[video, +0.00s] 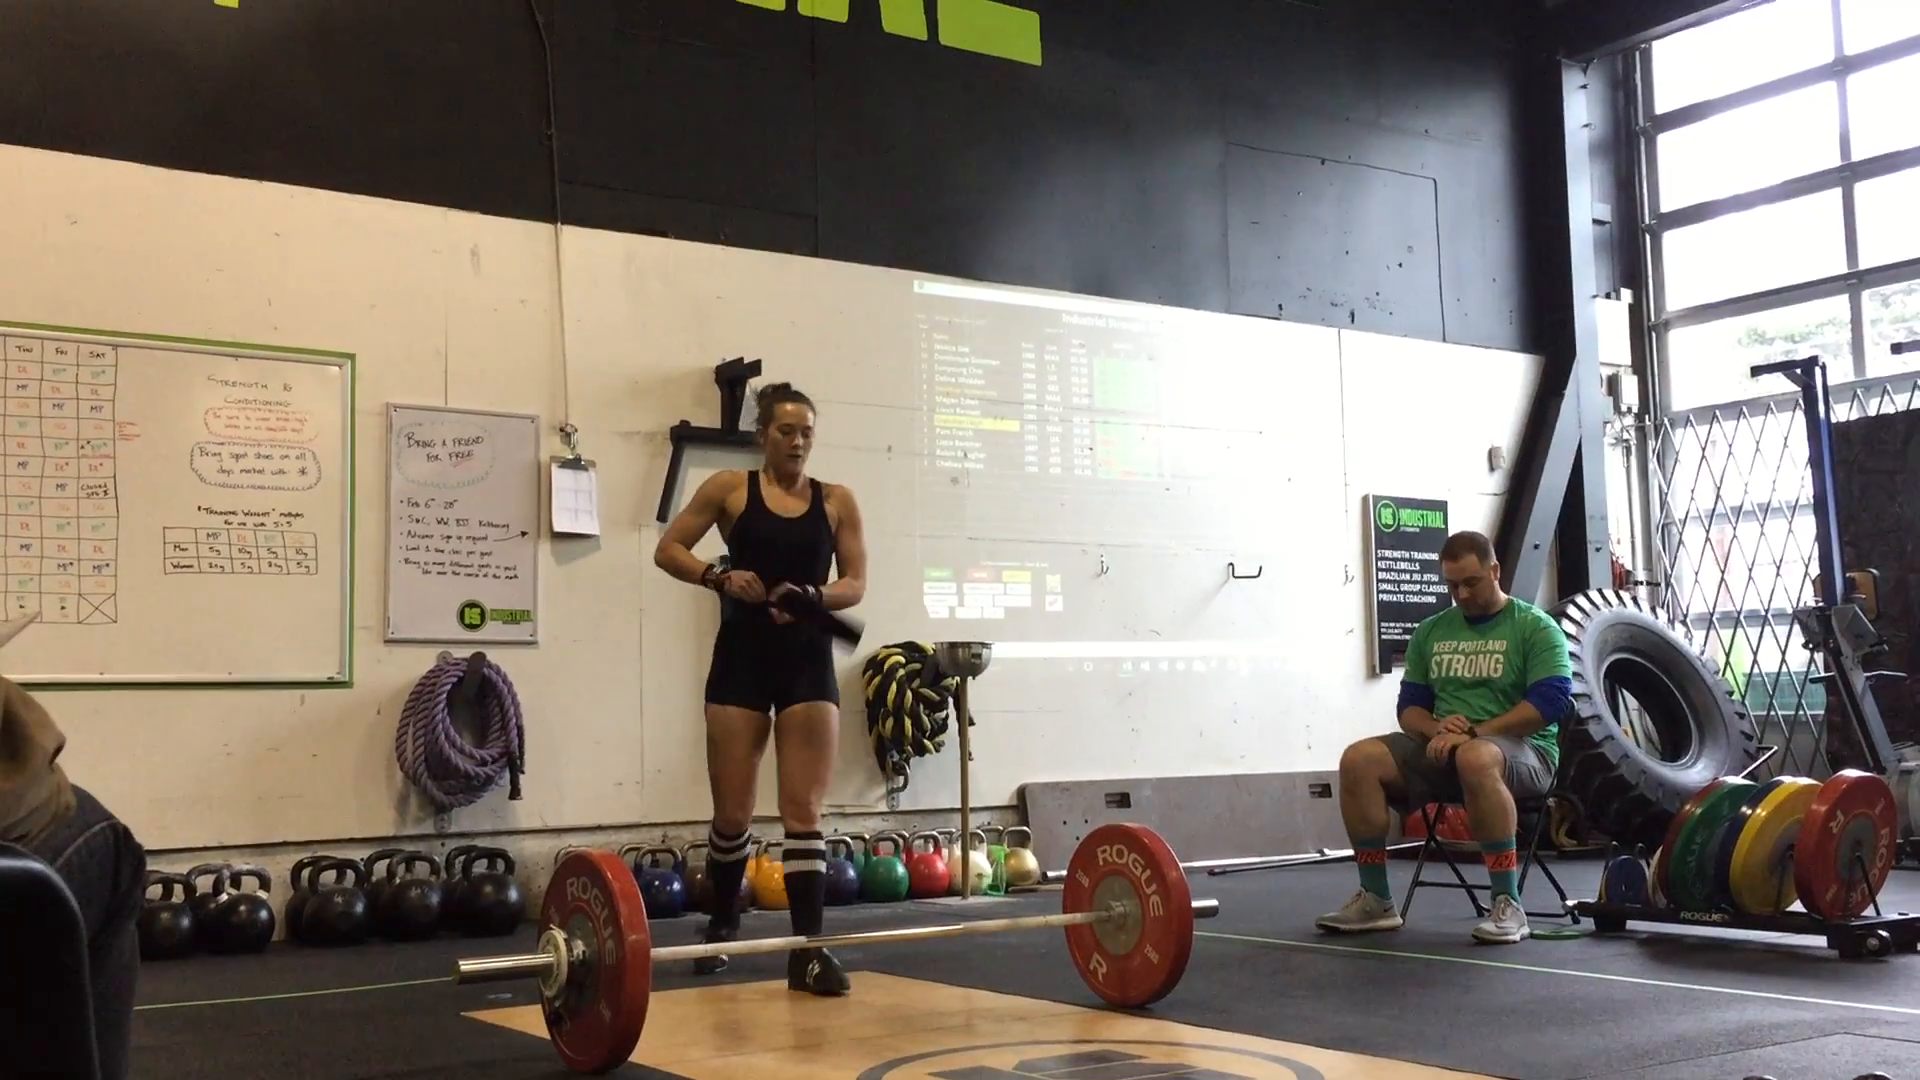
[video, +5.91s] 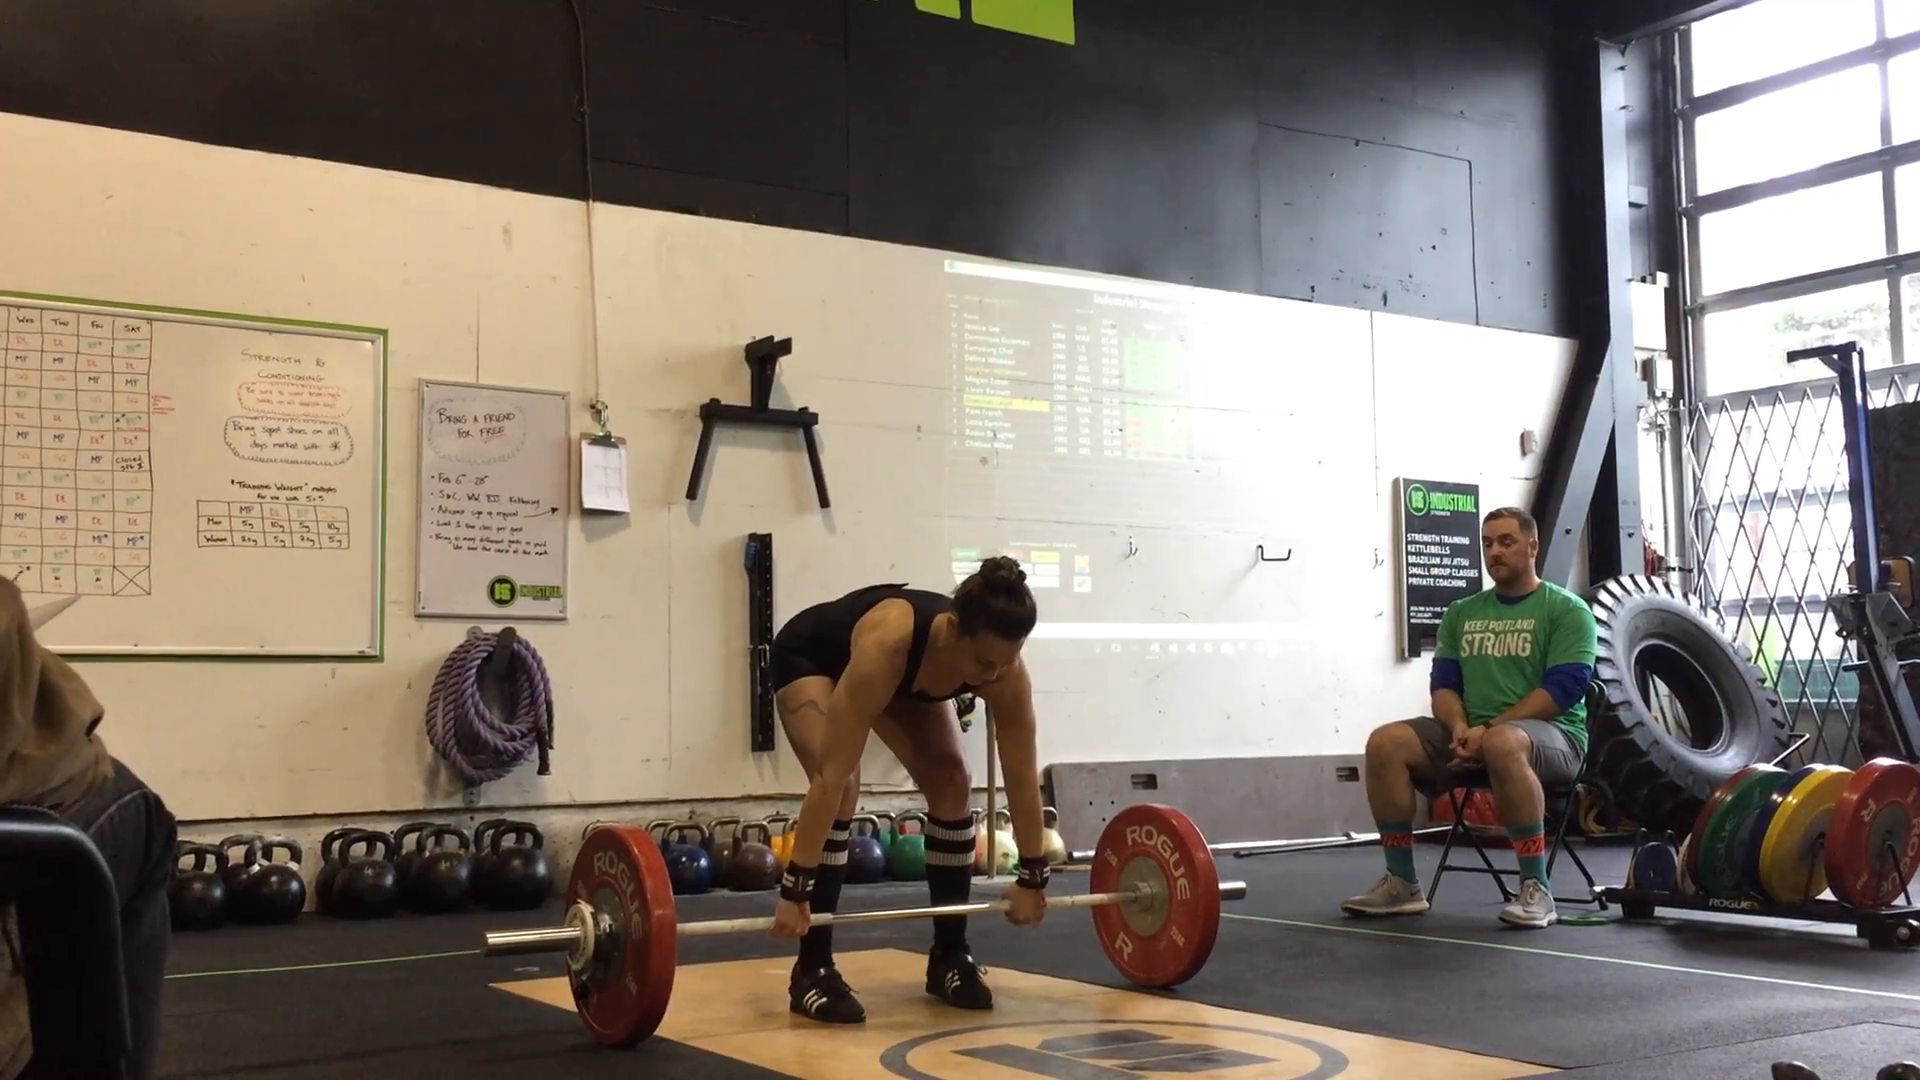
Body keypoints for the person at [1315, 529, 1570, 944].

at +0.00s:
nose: (1462, 594)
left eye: (1470, 582)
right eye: (1453, 585)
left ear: (1495, 571)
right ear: (1444, 579)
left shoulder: (1535, 626)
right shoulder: (1429, 632)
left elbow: (1551, 701)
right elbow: (1410, 708)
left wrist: (1473, 734)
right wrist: (1435, 727)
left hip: (1522, 750)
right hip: (1444, 752)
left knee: (1476, 758)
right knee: (1358, 760)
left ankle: (1506, 906)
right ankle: (1376, 900)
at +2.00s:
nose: (1475, 594)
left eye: (1484, 582)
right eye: (1465, 584)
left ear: (1508, 567)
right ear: (1455, 575)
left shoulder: (1549, 618)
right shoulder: (1441, 622)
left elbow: (1561, 694)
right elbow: (1422, 698)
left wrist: (1481, 730)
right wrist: (1444, 721)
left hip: (1535, 742)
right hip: (1454, 742)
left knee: (1487, 749)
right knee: (1370, 750)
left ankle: (1517, 897)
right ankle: (1386, 891)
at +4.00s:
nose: (1489, 583)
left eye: (1498, 571)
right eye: (1480, 574)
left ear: (1523, 557)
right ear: (1471, 566)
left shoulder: (1565, 609)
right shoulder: (1455, 614)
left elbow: (1574, 686)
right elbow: (1437, 689)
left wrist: (1496, 722)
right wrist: (1459, 713)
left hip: (1550, 734)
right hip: (1469, 733)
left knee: (1502, 741)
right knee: (1384, 742)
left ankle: (1532, 888)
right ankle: (1401, 882)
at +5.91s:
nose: (1494, 551)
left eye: (1506, 541)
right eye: (1487, 543)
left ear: (1533, 547)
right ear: (1482, 551)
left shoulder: (1567, 609)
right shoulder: (1461, 613)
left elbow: (1565, 688)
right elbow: (1444, 685)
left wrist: (1491, 731)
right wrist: (1458, 725)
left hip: (1551, 733)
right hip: (1471, 735)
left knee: (1503, 743)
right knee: (1384, 744)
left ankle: (1535, 891)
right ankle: (1402, 884)